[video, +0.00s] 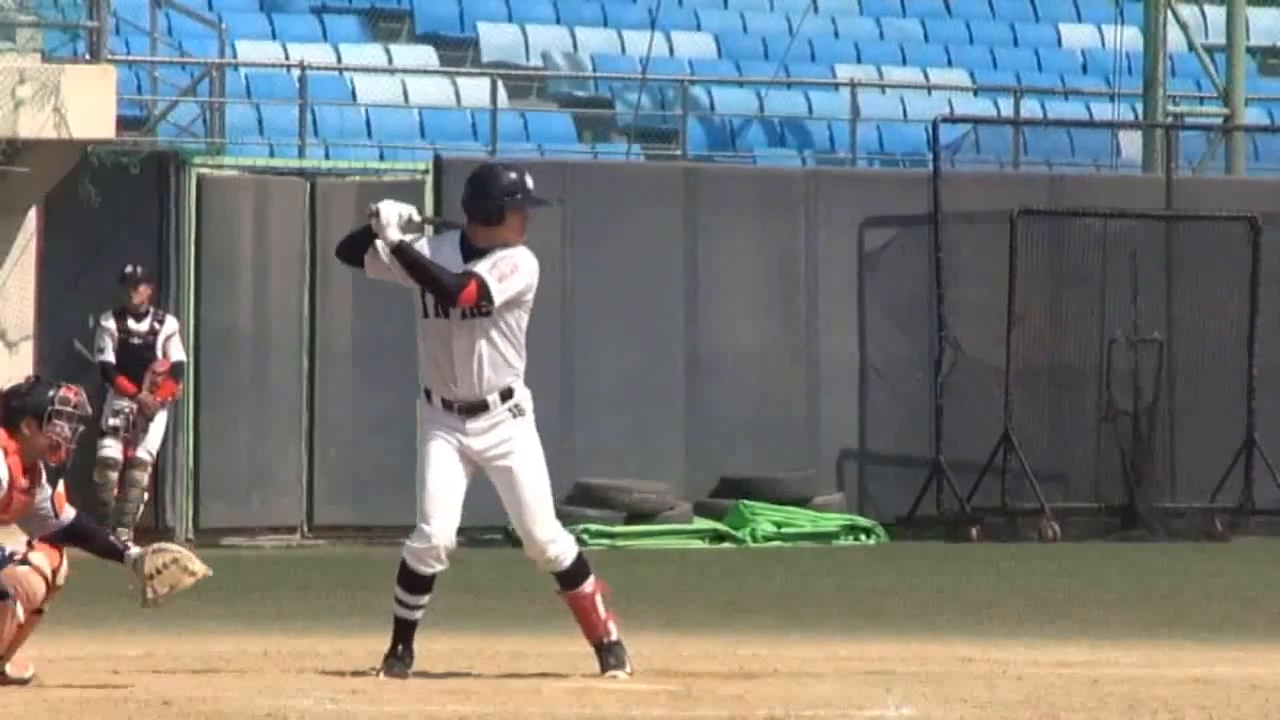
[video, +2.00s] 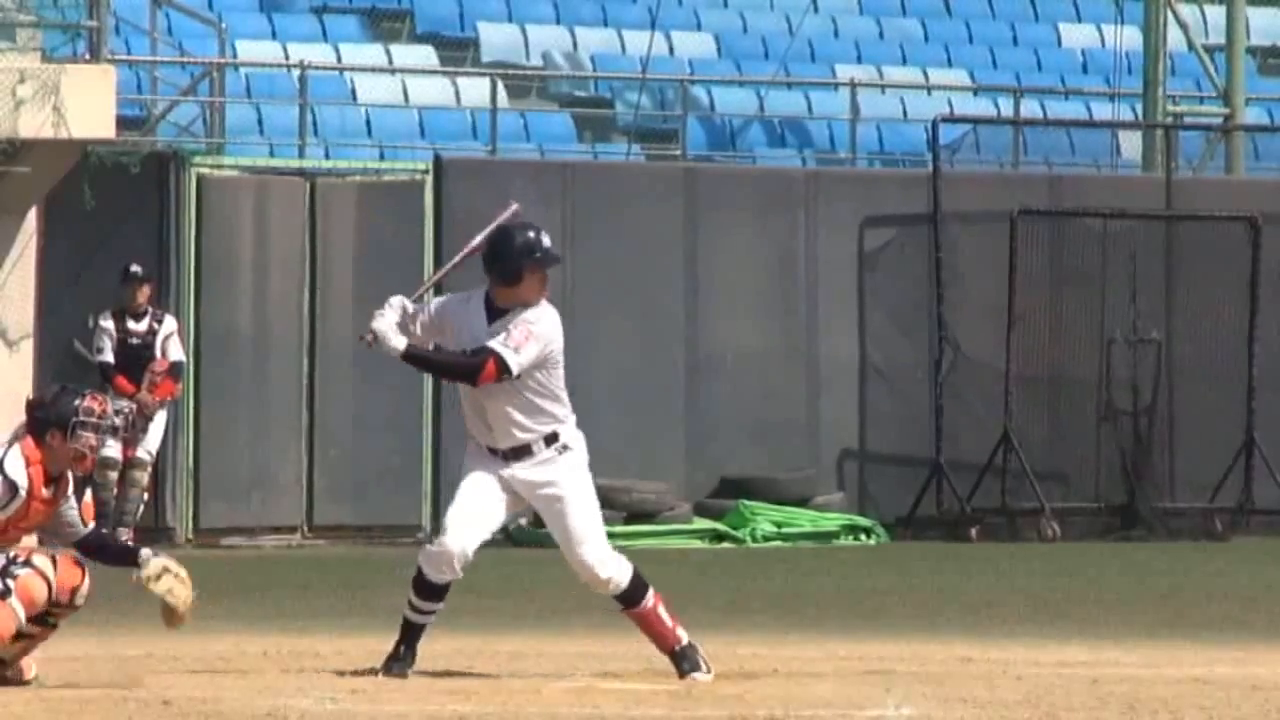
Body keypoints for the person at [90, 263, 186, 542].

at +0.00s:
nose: (133, 293)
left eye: (139, 287)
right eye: (129, 287)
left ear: (150, 290)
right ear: (123, 290)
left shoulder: (168, 324)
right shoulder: (110, 322)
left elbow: (177, 369)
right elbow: (107, 368)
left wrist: (158, 398)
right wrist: (137, 394)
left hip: (154, 399)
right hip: (120, 395)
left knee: (141, 461)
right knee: (108, 456)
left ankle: (125, 530)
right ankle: (105, 526)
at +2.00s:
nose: (136, 292)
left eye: (142, 286)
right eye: (131, 286)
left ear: (150, 290)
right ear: (123, 289)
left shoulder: (167, 324)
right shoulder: (108, 322)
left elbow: (176, 368)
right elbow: (106, 368)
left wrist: (157, 398)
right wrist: (136, 395)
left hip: (153, 400)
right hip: (117, 396)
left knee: (141, 459)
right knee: (108, 457)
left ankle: (125, 528)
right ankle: (104, 525)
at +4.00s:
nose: (153, 294)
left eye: (156, 288)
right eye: (147, 288)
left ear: (160, 292)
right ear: (134, 291)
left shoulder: (167, 323)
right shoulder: (113, 319)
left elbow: (176, 365)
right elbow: (108, 367)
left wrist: (162, 395)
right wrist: (141, 394)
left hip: (154, 399)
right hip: (121, 396)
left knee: (142, 462)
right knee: (115, 458)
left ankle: (127, 529)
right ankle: (109, 526)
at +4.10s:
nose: (154, 293)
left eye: (155, 287)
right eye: (149, 287)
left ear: (159, 292)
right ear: (135, 291)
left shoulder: (166, 323)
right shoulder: (116, 320)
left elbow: (176, 364)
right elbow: (108, 366)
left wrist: (159, 396)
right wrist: (140, 394)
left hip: (152, 402)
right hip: (119, 397)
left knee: (141, 463)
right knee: (116, 458)